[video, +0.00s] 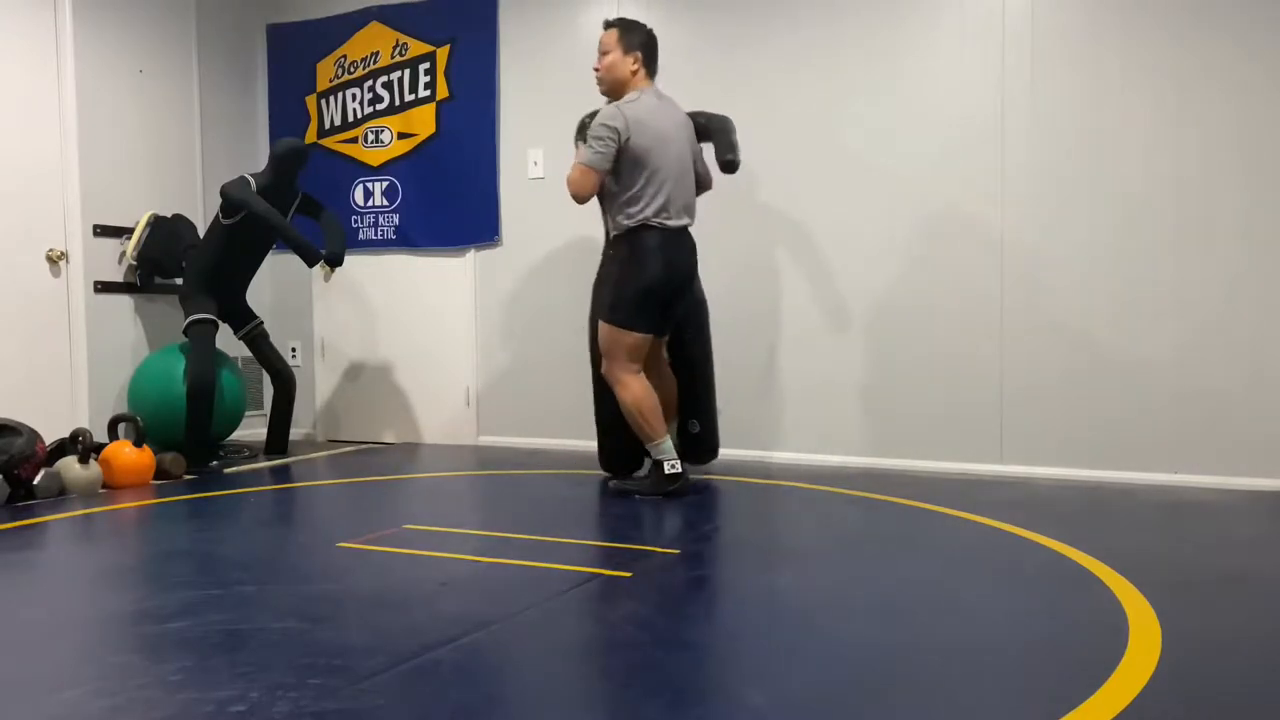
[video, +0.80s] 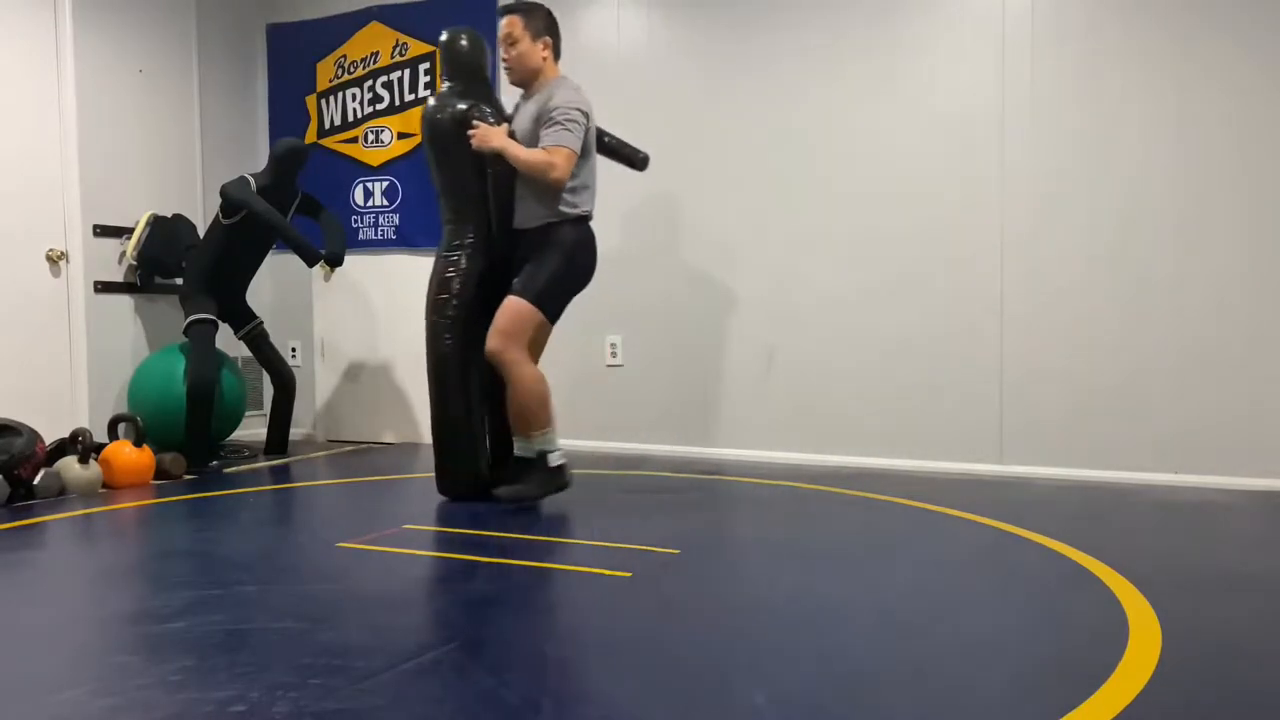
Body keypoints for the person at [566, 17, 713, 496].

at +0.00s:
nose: (596, 65)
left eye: (604, 54)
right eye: (598, 54)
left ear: (635, 61)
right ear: (638, 63)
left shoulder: (615, 116)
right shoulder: (675, 113)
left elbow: (581, 189)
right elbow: (702, 180)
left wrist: (584, 146)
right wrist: (648, 189)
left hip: (637, 250)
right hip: (678, 249)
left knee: (620, 365)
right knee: (653, 358)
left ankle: (666, 465)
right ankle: (667, 460)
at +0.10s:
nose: (592, 56)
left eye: (600, 45)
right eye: (592, 46)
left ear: (633, 53)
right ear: (632, 55)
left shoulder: (619, 112)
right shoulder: (664, 105)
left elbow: (586, 186)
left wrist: (574, 151)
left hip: (641, 244)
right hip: (670, 239)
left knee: (624, 362)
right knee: (635, 359)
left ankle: (667, 469)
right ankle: (662, 463)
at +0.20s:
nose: (586, 52)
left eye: (595, 42)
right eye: (585, 42)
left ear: (627, 49)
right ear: (625, 52)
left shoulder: (619, 107)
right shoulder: (649, 99)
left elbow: (585, 183)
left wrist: (567, 152)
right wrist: (586, 152)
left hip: (641, 241)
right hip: (657, 236)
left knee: (635, 361)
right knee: (608, 340)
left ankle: (669, 467)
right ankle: (617, 446)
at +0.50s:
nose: (555, 61)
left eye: (563, 50)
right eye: (554, 52)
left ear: (596, 53)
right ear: (591, 56)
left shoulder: (602, 105)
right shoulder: (602, 102)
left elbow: (576, 173)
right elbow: (579, 164)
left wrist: (542, 148)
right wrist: (553, 143)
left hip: (603, 248)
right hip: (580, 248)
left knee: (610, 372)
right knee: (549, 360)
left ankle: (667, 465)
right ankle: (535, 464)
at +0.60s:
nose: (537, 62)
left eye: (545, 51)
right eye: (536, 53)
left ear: (577, 53)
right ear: (567, 57)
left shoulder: (588, 104)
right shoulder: (569, 106)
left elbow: (571, 170)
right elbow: (560, 162)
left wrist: (527, 148)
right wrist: (531, 145)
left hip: (588, 247)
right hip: (559, 247)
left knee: (560, 367)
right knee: (532, 358)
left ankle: (647, 447)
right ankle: (532, 466)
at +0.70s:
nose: (518, 58)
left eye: (526, 46)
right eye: (516, 49)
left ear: (559, 49)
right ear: (553, 53)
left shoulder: (579, 101)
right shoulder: (548, 107)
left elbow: (567, 171)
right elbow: (544, 162)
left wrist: (515, 148)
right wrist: (502, 144)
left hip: (575, 243)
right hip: (545, 243)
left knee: (523, 354)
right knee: (520, 356)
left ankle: (606, 436)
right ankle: (529, 463)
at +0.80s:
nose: (502, 54)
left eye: (511, 43)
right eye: (501, 45)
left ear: (544, 46)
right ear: (531, 50)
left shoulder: (566, 96)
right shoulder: (527, 104)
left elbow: (557, 167)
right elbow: (521, 162)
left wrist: (503, 143)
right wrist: (478, 137)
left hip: (563, 240)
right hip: (533, 241)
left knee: (505, 343)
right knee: (521, 358)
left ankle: (547, 463)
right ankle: (525, 463)